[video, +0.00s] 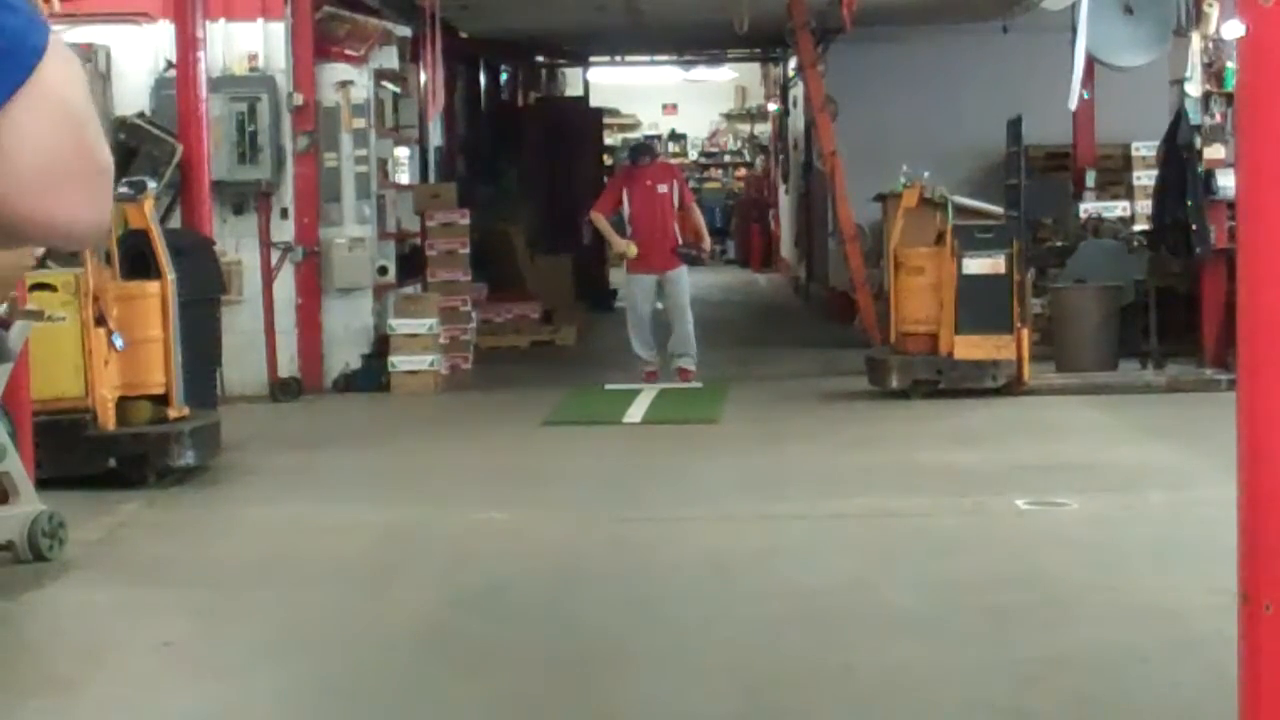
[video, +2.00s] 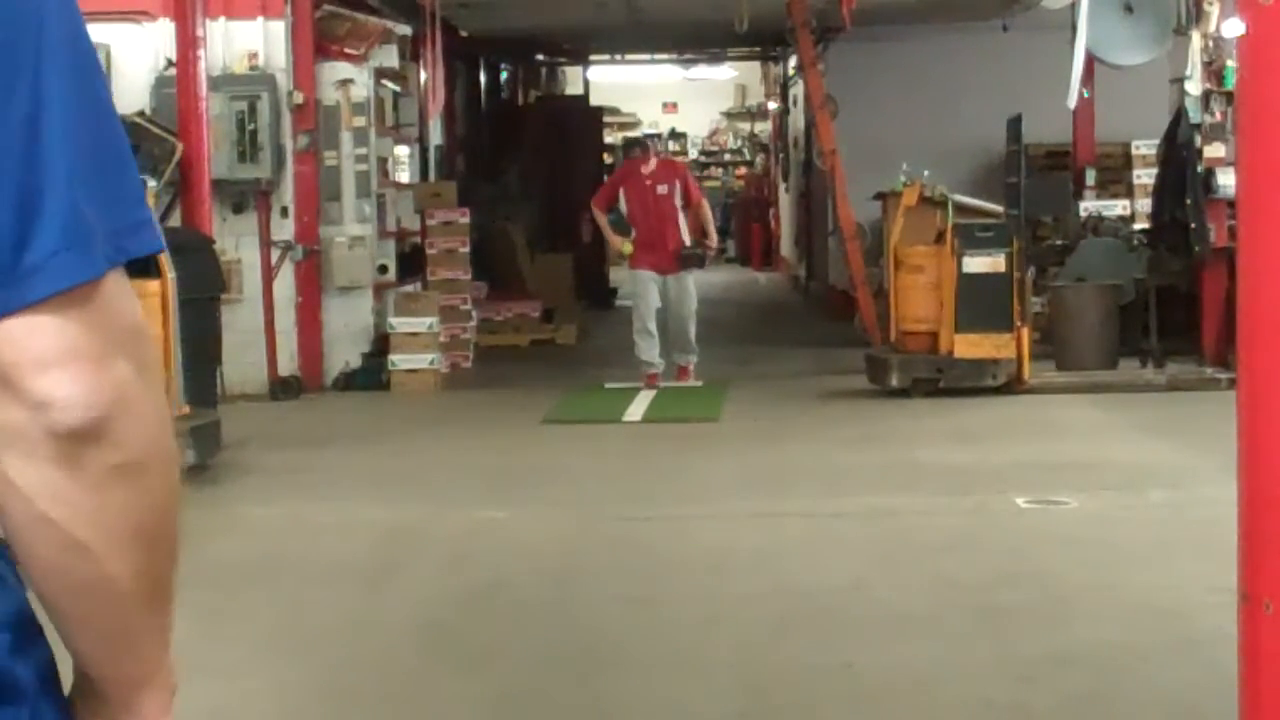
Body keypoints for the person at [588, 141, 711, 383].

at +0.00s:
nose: (644, 160)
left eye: (649, 155)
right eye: (639, 156)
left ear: (656, 151)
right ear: (632, 155)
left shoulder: (671, 172)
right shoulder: (623, 177)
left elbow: (690, 206)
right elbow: (597, 214)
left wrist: (704, 235)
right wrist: (615, 240)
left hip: (672, 257)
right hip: (640, 261)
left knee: (681, 310)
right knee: (640, 314)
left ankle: (685, 362)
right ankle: (648, 363)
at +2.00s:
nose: (648, 147)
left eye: (653, 141)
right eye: (642, 142)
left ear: (659, 142)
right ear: (633, 145)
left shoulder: (677, 170)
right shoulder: (625, 172)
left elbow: (700, 202)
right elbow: (598, 206)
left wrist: (711, 234)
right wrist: (611, 238)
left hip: (678, 256)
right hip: (644, 257)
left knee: (684, 313)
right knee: (645, 313)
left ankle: (685, 364)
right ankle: (651, 368)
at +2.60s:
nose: (638, 146)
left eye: (643, 140)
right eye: (633, 142)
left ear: (653, 141)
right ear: (627, 145)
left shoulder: (669, 169)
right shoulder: (622, 171)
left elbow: (665, 211)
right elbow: (611, 200)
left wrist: (634, 232)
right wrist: (618, 214)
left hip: (675, 257)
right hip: (641, 257)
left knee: (681, 314)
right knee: (643, 317)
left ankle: (683, 362)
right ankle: (651, 368)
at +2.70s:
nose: (638, 146)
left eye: (643, 140)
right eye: (633, 141)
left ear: (653, 141)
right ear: (627, 145)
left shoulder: (668, 169)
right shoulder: (623, 170)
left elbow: (662, 213)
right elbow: (606, 193)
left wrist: (632, 229)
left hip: (674, 255)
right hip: (641, 255)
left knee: (681, 312)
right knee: (643, 315)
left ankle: (683, 361)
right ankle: (651, 367)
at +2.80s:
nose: (638, 146)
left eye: (642, 140)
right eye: (633, 141)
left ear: (652, 142)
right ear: (627, 145)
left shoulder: (668, 170)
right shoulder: (624, 170)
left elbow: (661, 213)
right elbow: (626, 202)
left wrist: (629, 229)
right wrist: (624, 226)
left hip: (674, 254)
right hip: (641, 254)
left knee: (680, 311)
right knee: (643, 315)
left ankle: (684, 360)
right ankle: (651, 366)